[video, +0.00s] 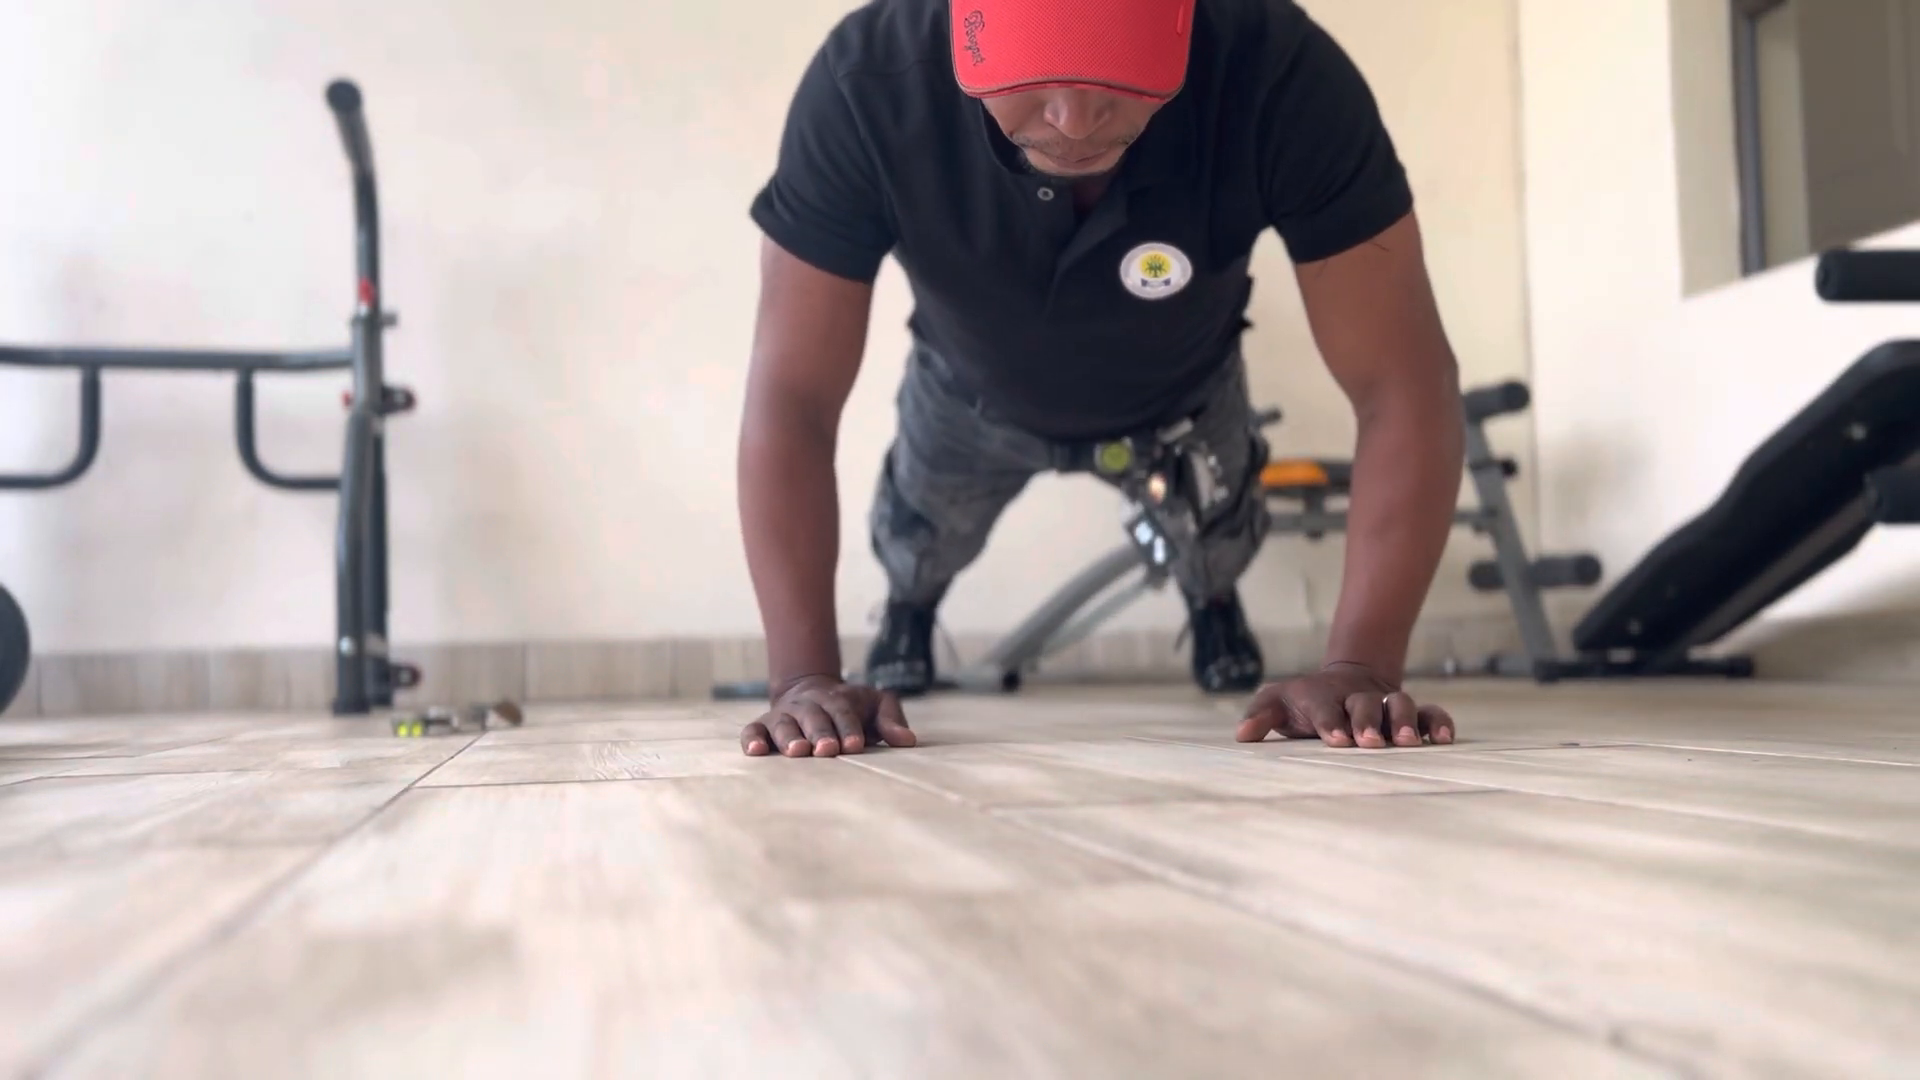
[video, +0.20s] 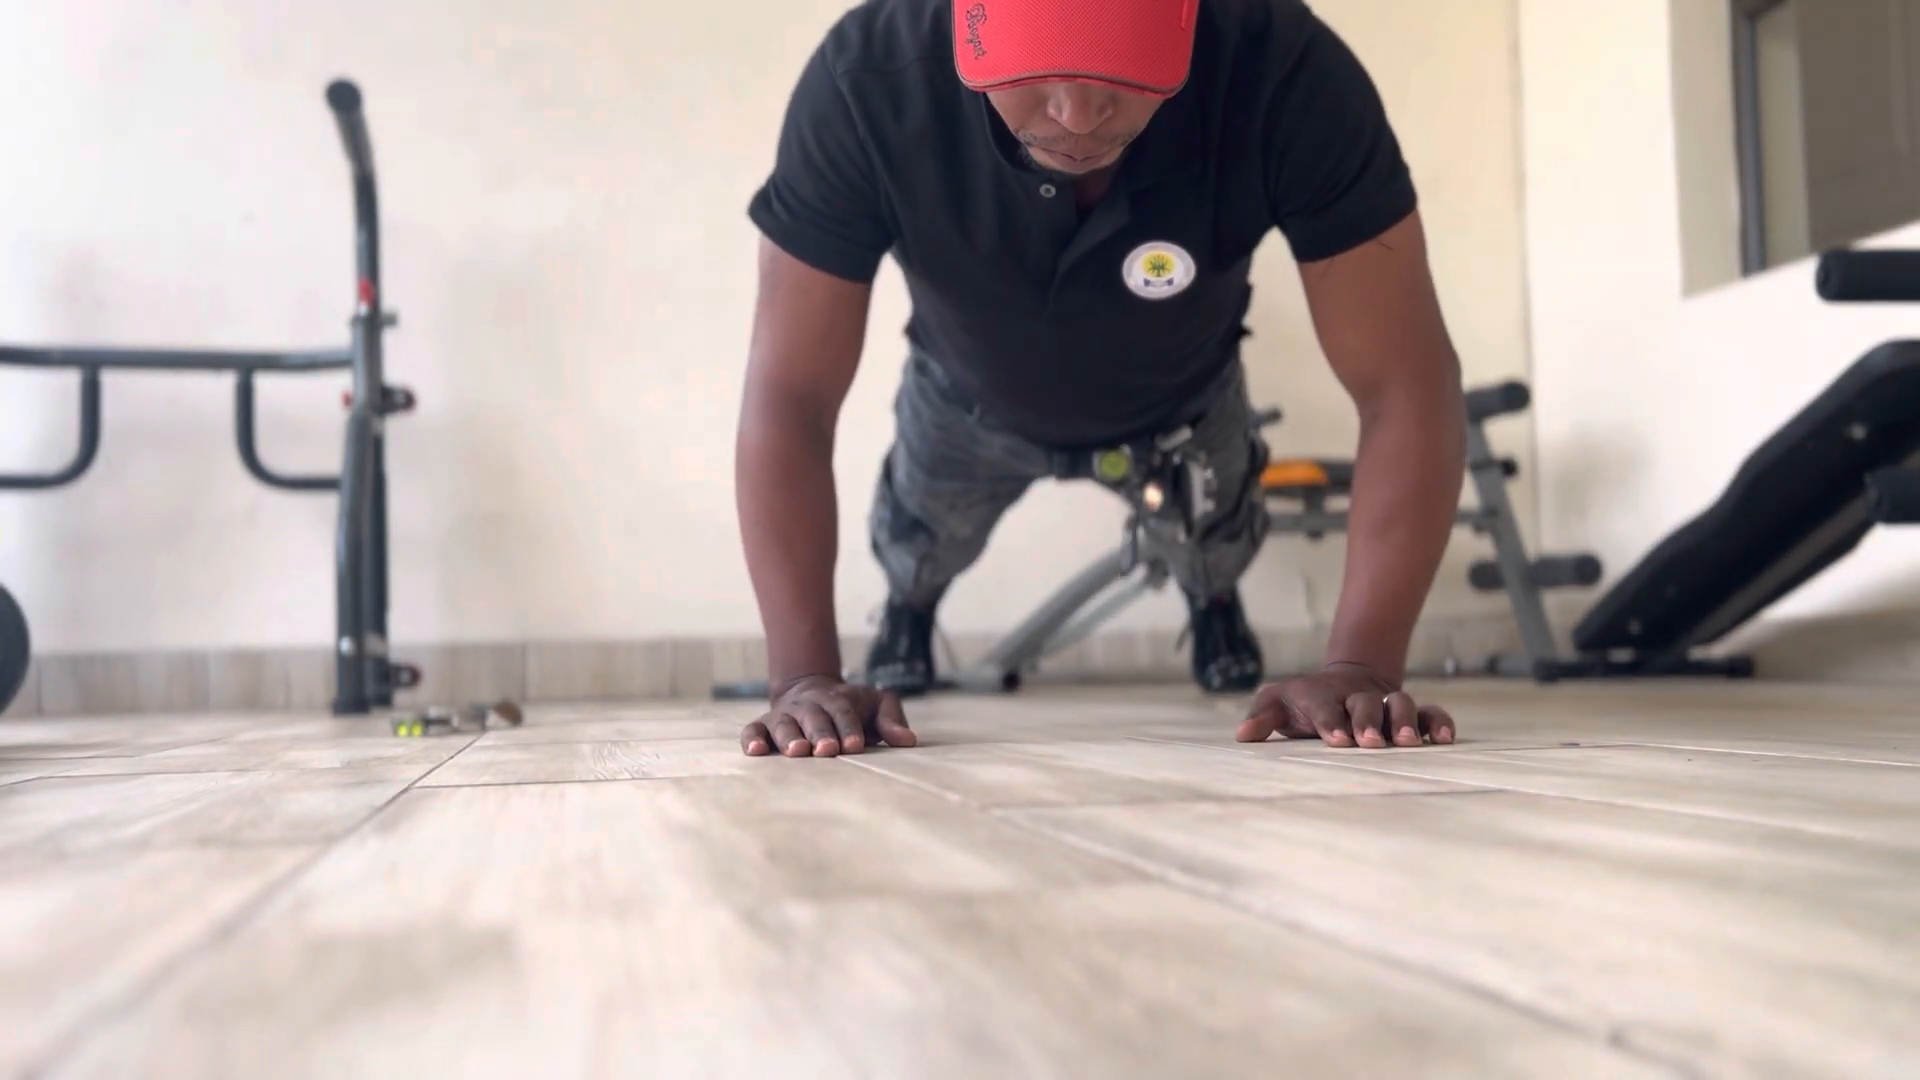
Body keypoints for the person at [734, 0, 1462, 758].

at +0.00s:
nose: (1070, 123)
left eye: (1112, 85)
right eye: (1029, 83)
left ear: (1175, 44)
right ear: (966, 42)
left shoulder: (1279, 77)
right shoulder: (868, 86)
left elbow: (1407, 387)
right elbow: (789, 401)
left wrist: (1360, 668)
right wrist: (801, 681)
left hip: (1180, 397)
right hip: (975, 394)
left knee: (1214, 526)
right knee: (928, 530)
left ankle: (1217, 610)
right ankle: (912, 615)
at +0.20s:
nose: (1074, 113)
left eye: (1119, 75)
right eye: (1033, 74)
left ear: (1179, 37)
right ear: (970, 36)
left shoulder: (1284, 74)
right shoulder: (868, 85)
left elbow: (1409, 385)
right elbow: (787, 401)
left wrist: (1360, 669)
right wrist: (800, 681)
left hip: (1181, 404)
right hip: (971, 402)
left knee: (1215, 529)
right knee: (926, 534)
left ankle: (1218, 609)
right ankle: (911, 615)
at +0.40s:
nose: (1071, 104)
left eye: (1115, 67)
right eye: (1028, 67)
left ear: (1175, 25)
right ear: (966, 26)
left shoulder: (1283, 67)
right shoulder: (865, 74)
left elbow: (1399, 381)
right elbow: (790, 395)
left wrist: (1357, 670)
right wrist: (801, 680)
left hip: (1181, 400)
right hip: (972, 398)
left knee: (1216, 527)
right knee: (928, 532)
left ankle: (1219, 609)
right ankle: (916, 615)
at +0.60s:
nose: (1080, 228)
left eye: (1122, 187)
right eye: (1039, 187)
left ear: (1189, 110)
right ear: (963, 104)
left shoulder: (1284, 124)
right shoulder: (868, 138)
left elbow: (1430, 405)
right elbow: (761, 425)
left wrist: (1361, 668)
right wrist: (794, 679)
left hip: (1186, 418)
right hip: (974, 424)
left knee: (1221, 535)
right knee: (929, 542)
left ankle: (1219, 613)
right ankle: (917, 621)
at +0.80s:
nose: (1090, 511)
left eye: (1131, 470)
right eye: (1053, 475)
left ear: (1221, 308)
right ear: (951, 327)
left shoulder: (1299, 311)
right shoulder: (867, 326)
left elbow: (1441, 450)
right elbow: (718, 469)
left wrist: (1361, 671)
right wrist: (794, 681)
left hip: (1203, 527)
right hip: (971, 530)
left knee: (1230, 567)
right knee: (922, 579)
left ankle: (1217, 610)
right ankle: (909, 621)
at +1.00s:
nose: (1092, 664)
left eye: (1140, 627)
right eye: (1052, 628)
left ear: (1231, 464)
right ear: (957, 470)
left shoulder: (1309, 416)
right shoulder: (868, 429)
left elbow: (1459, 443)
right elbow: (707, 461)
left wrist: (1360, 671)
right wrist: (795, 678)